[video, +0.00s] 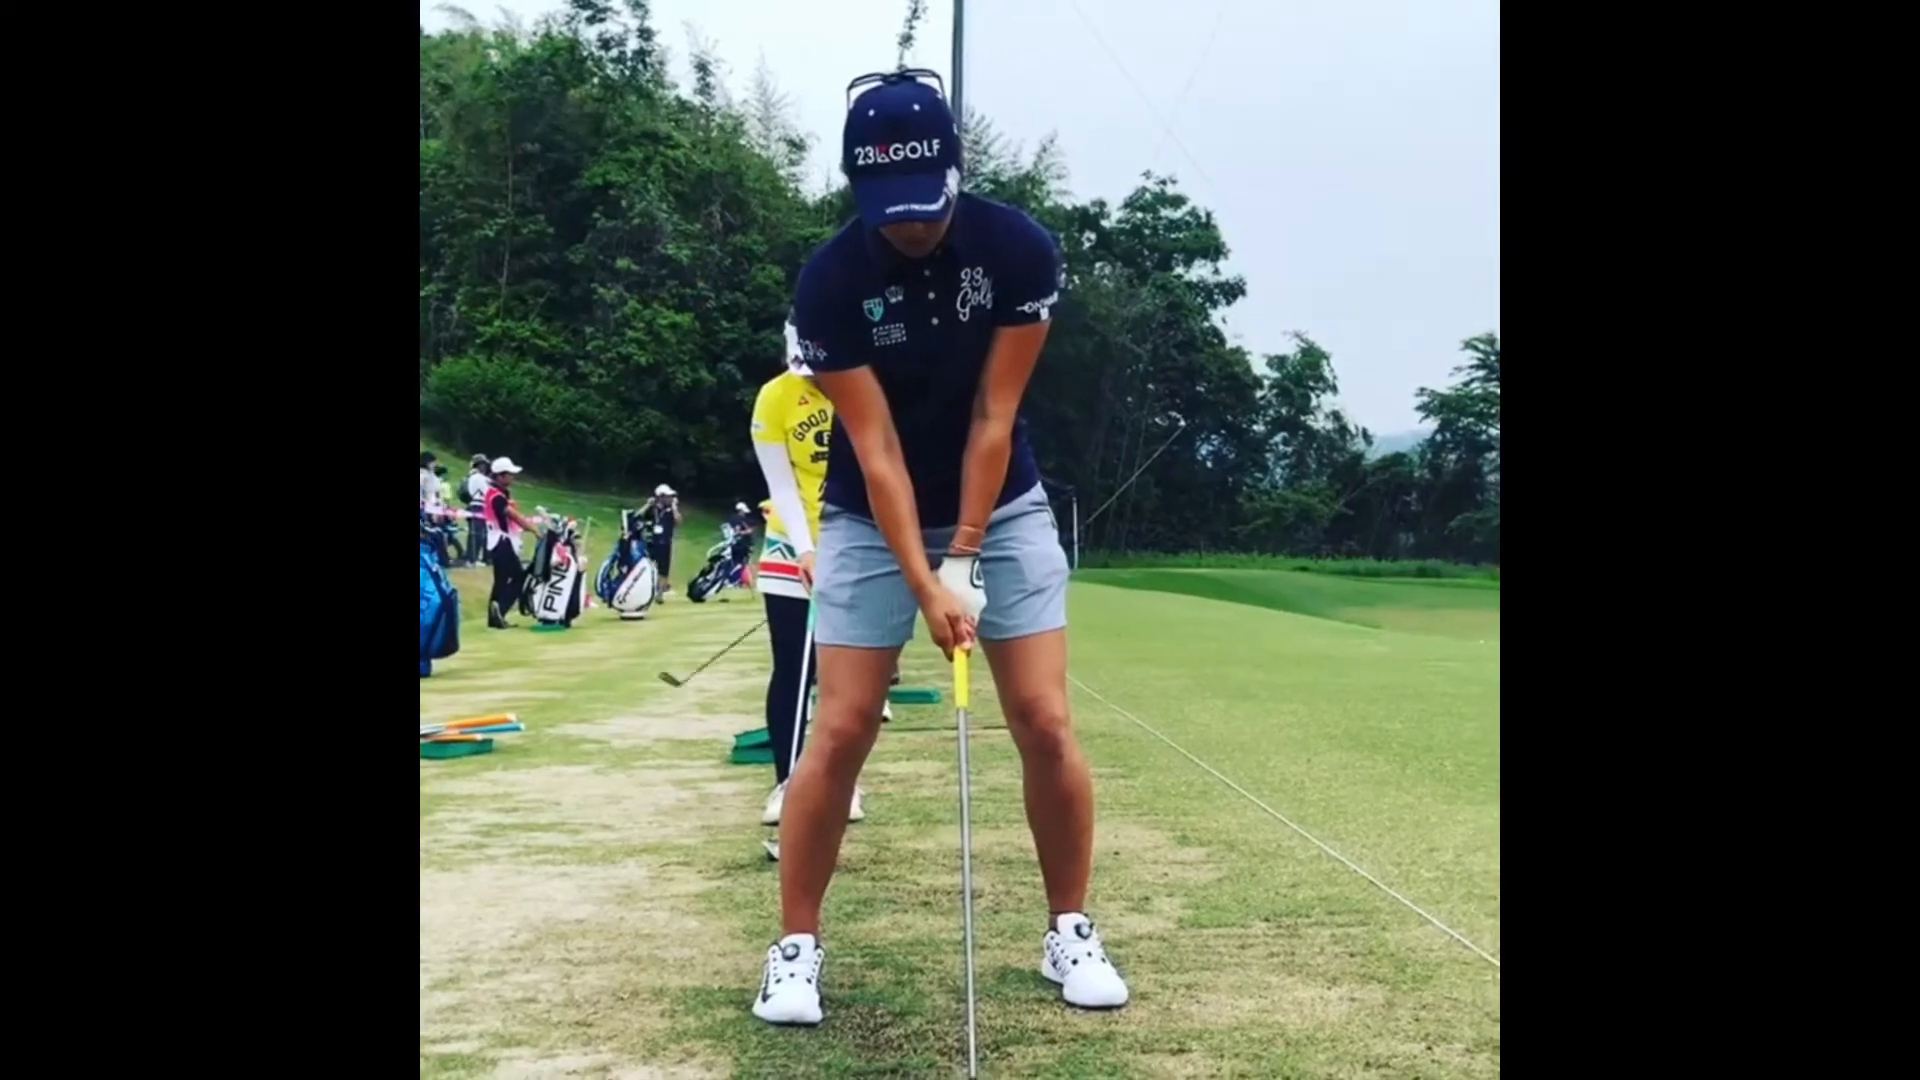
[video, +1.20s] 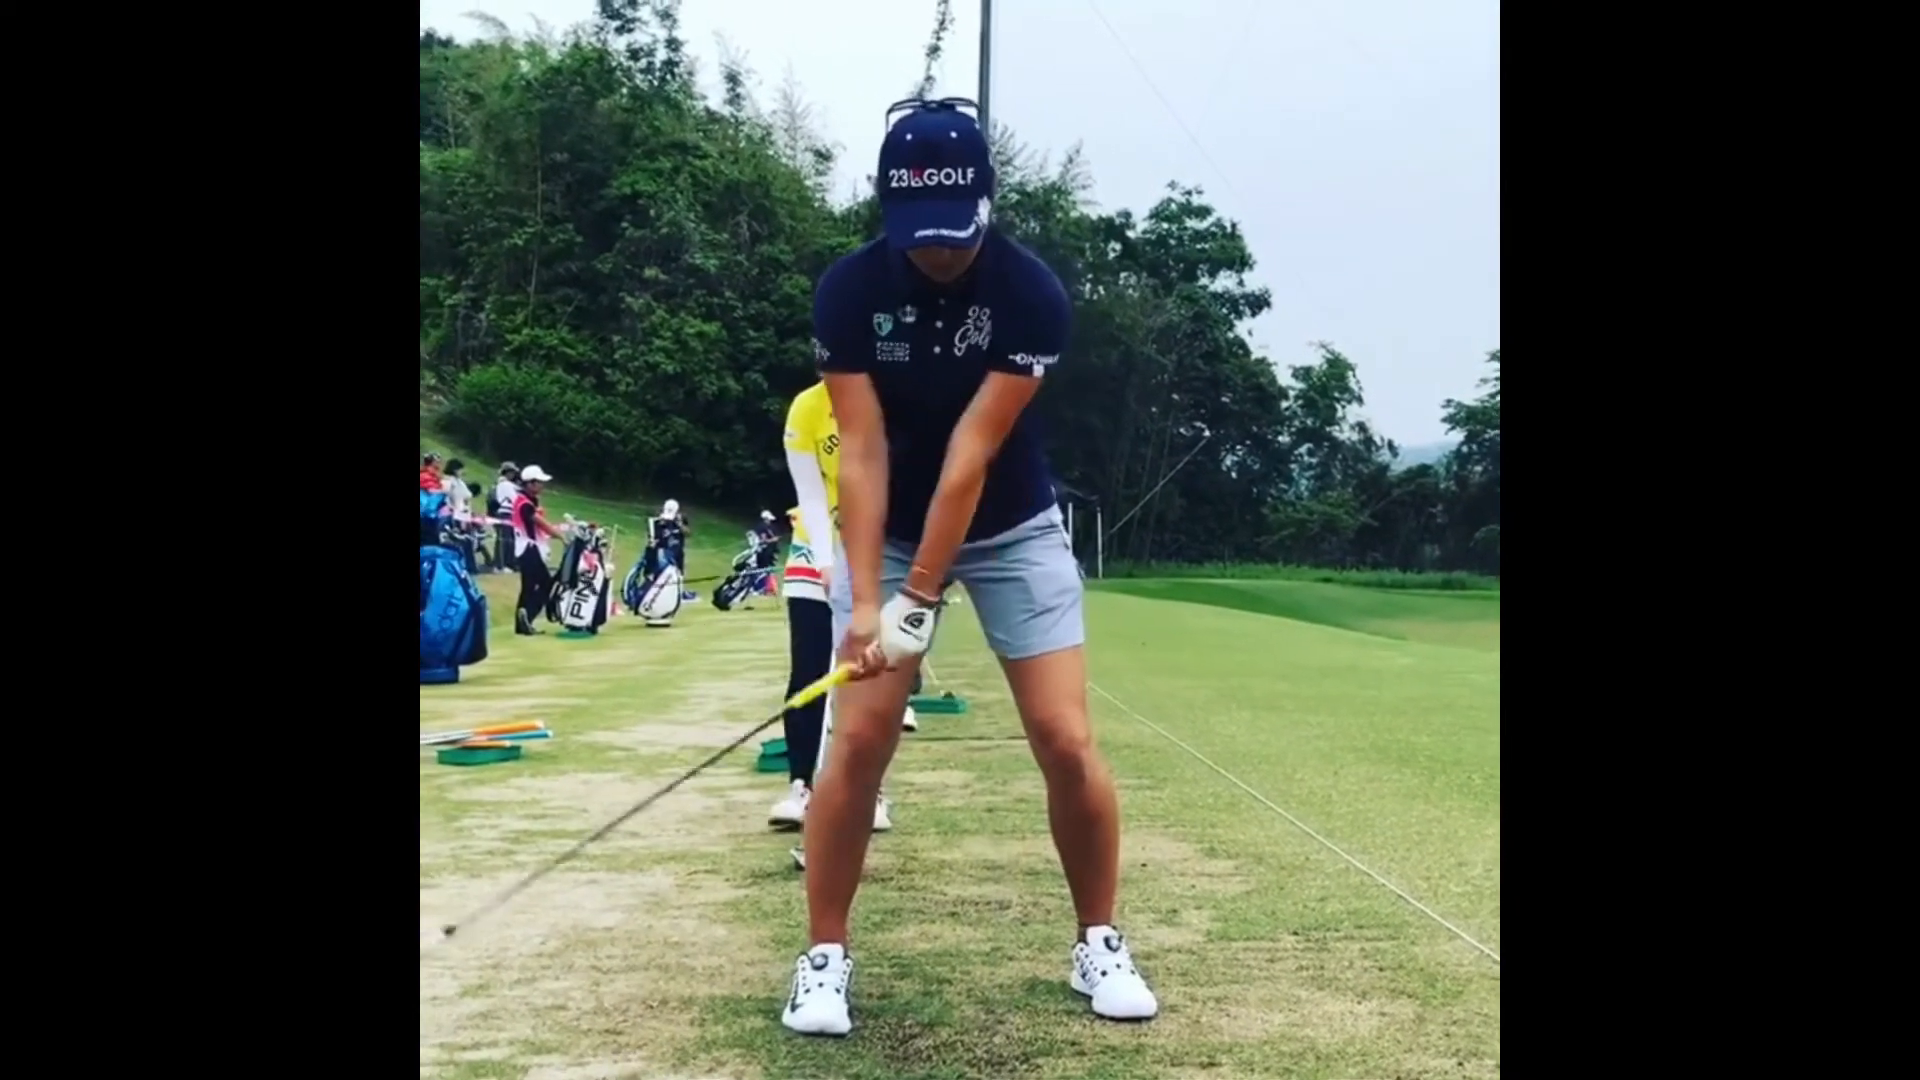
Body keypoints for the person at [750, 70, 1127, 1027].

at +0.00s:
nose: (913, 221)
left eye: (929, 200)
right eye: (893, 204)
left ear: (956, 170)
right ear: (861, 183)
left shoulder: (1017, 250)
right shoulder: (828, 283)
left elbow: (995, 415)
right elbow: (876, 452)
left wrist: (965, 555)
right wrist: (924, 582)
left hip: (1000, 504)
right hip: (869, 512)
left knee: (1046, 724)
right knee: (843, 727)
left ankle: (1071, 931)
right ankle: (796, 945)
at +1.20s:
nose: (941, 247)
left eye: (958, 226)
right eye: (922, 229)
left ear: (986, 203)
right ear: (892, 207)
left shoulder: (1032, 296)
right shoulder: (847, 292)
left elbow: (971, 457)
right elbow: (858, 450)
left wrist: (919, 600)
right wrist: (865, 602)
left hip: (1013, 530)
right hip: (891, 535)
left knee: (1066, 741)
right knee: (858, 743)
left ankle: (1100, 942)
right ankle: (825, 954)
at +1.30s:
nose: (941, 250)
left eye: (959, 232)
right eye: (924, 232)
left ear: (990, 207)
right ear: (893, 207)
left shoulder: (1016, 310)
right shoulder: (852, 278)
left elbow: (903, 465)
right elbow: (823, 426)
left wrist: (808, 582)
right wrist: (767, 563)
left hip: (1017, 536)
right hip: (894, 539)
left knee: (1068, 748)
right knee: (863, 736)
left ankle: (1101, 944)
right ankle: (826, 956)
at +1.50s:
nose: (936, 255)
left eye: (957, 237)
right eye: (920, 235)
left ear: (993, 217)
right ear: (897, 211)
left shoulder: (981, 321)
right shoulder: (896, 250)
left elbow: (790, 344)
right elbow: (808, 332)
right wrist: (682, 325)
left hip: (1017, 545)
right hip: (898, 541)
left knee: (1064, 764)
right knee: (869, 733)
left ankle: (1103, 947)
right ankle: (828, 958)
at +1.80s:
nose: (954, 260)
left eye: (970, 238)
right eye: (932, 244)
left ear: (1000, 216)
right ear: (904, 231)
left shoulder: (1002, 316)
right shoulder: (911, 288)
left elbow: (842, 283)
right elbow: (837, 329)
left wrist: (758, 212)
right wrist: (785, 226)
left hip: (1036, 556)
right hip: (917, 551)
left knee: (1071, 774)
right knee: (874, 750)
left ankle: (1099, 953)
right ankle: (825, 964)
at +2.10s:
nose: (1011, 275)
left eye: (1011, 249)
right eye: (987, 268)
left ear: (1008, 218)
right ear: (941, 270)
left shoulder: (1012, 234)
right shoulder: (981, 349)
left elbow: (1111, 299)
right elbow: (1137, 370)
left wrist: (1213, 357)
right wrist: (1242, 360)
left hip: (1094, 519)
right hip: (1024, 540)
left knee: (1096, 730)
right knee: (978, 754)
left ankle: (1093, 951)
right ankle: (817, 932)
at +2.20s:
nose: (1051, 249)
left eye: (1049, 229)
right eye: (1029, 241)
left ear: (969, 235)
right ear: (980, 244)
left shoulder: (955, 255)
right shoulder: (1061, 310)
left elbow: (1090, 256)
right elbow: (1123, 267)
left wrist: (1168, 216)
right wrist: (1175, 184)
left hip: (1034, 518)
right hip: (1063, 532)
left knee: (1087, 730)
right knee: (1019, 755)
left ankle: (1087, 953)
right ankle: (852, 921)